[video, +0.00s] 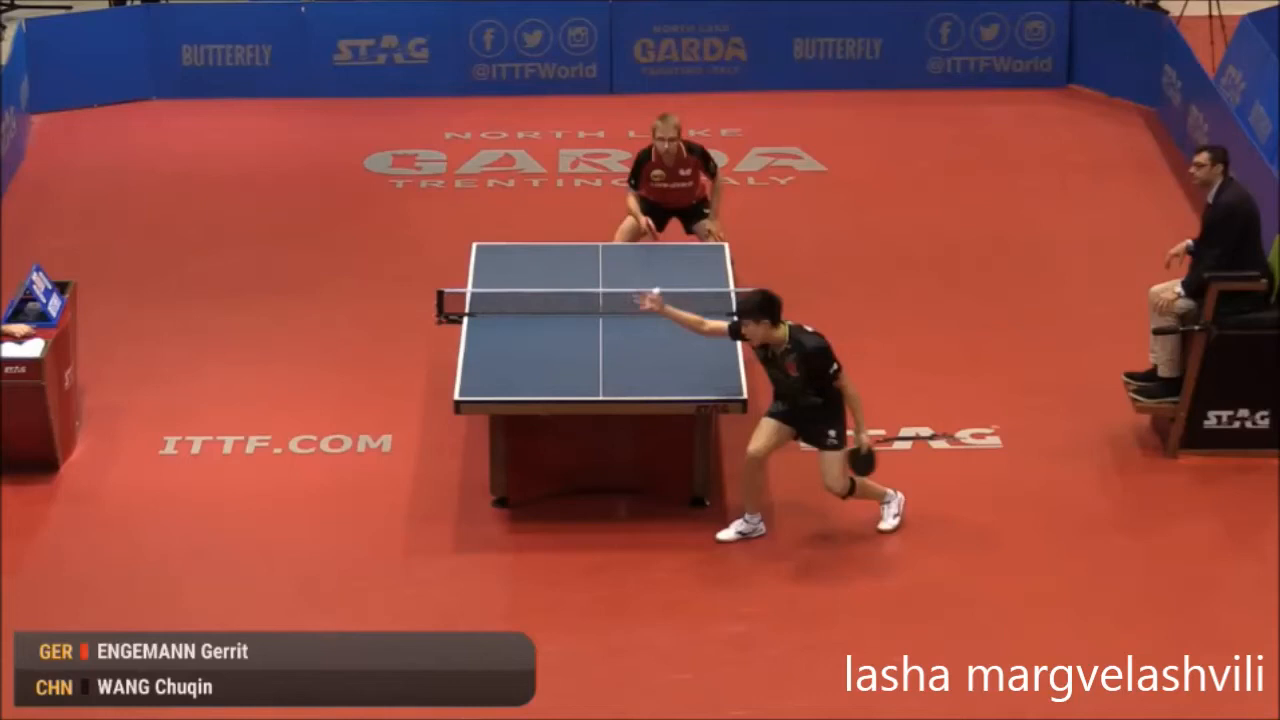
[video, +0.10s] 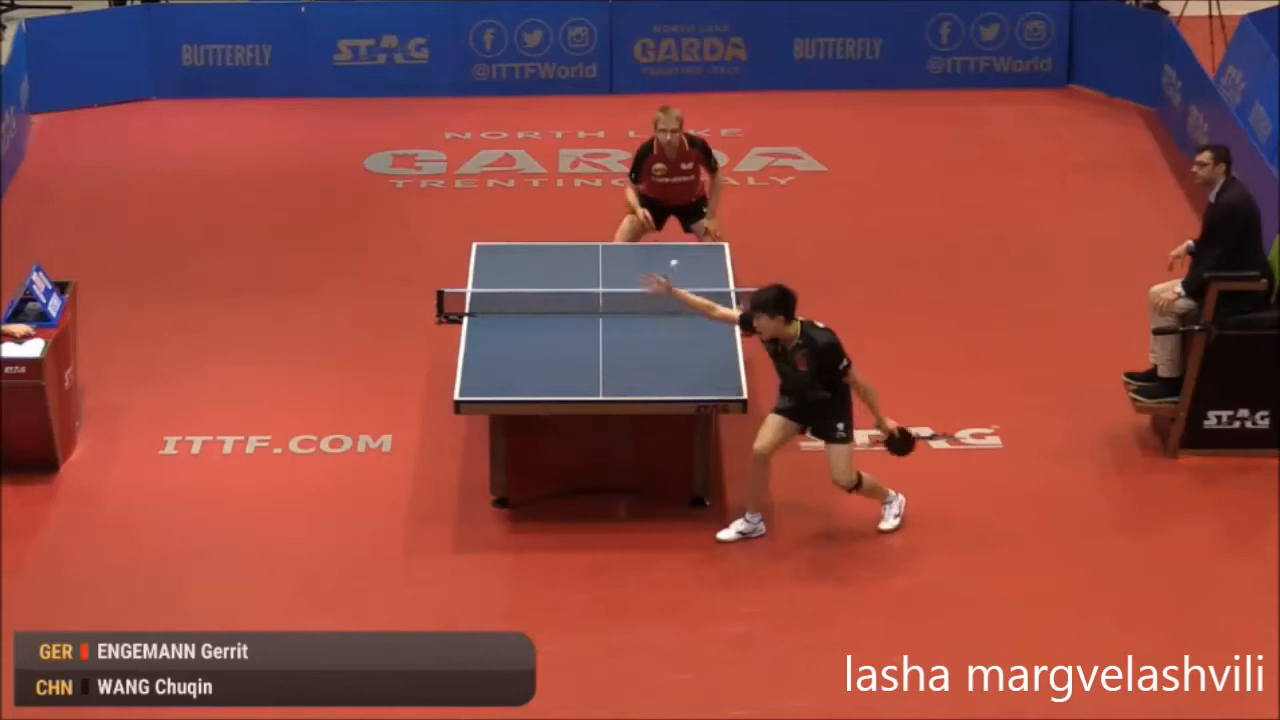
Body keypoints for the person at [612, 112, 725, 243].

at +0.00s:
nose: (666, 147)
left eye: (671, 140)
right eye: (661, 140)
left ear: (679, 138)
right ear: (653, 139)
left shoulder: (696, 153)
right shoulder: (644, 157)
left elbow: (715, 178)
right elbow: (631, 194)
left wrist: (713, 218)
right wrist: (640, 217)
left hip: (691, 206)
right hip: (654, 206)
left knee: (717, 245)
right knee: (620, 242)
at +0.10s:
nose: (668, 137)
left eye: (674, 131)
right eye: (663, 131)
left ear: (681, 131)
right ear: (655, 132)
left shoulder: (698, 147)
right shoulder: (646, 151)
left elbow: (715, 175)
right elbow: (630, 186)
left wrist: (711, 216)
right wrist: (638, 209)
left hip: (691, 203)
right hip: (653, 203)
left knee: (714, 242)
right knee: (621, 241)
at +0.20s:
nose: (668, 131)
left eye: (673, 125)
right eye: (662, 125)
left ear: (680, 125)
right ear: (654, 125)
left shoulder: (697, 143)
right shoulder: (644, 146)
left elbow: (713, 170)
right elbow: (628, 181)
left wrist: (705, 212)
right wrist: (633, 204)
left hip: (686, 202)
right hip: (650, 202)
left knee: (706, 237)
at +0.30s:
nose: (657, 129)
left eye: (663, 123)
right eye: (652, 123)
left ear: (670, 124)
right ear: (643, 125)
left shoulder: (687, 145)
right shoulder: (634, 148)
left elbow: (704, 174)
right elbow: (614, 183)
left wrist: (690, 210)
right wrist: (618, 204)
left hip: (676, 208)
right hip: (639, 208)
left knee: (699, 245)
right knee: (608, 244)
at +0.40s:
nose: (642, 132)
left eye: (646, 126)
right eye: (636, 126)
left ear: (653, 126)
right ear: (628, 128)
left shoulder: (671, 148)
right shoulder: (619, 153)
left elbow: (689, 178)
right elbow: (594, 189)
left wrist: (673, 210)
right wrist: (599, 208)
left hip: (665, 212)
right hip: (628, 213)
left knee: (689, 252)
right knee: (600, 247)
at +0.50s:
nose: (612, 129)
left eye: (617, 123)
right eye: (607, 124)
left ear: (623, 123)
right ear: (597, 124)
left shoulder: (636, 146)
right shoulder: (586, 152)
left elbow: (647, 169)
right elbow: (558, 193)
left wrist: (641, 192)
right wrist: (572, 216)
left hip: (630, 214)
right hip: (594, 215)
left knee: (665, 253)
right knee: (574, 255)